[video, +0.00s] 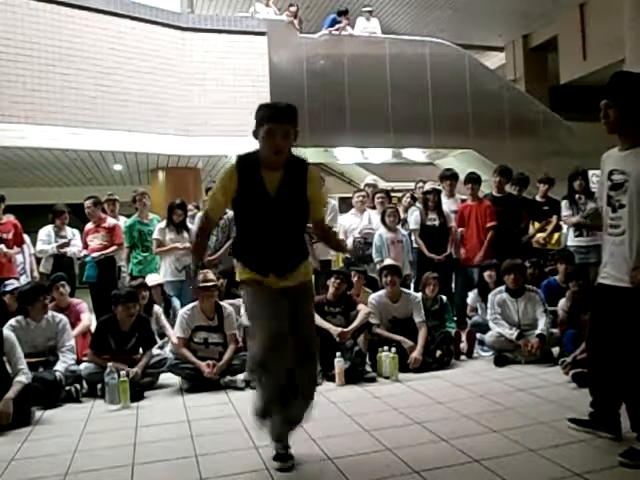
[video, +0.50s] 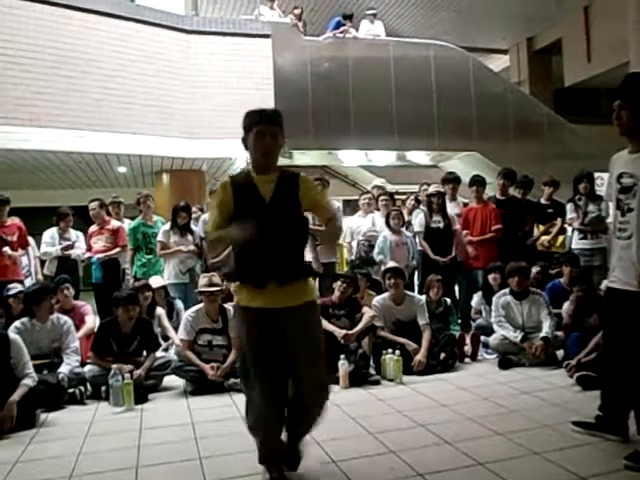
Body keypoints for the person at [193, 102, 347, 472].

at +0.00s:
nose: (279, 140)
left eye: (286, 134)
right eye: (272, 133)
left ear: (295, 137)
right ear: (257, 134)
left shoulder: (307, 175)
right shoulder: (238, 173)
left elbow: (318, 223)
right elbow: (208, 218)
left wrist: (335, 243)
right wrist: (197, 264)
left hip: (297, 275)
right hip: (256, 276)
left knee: (304, 357)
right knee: (267, 346)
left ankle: (282, 434)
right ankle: (267, 400)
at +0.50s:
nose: (267, 143)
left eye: (274, 136)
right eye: (260, 135)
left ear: (283, 141)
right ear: (246, 142)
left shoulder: (300, 184)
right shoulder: (228, 190)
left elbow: (331, 219)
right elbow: (211, 243)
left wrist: (325, 250)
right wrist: (234, 232)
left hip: (300, 300)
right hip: (253, 304)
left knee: (315, 385)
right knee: (263, 393)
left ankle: (294, 438)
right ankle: (273, 467)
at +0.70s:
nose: (266, 152)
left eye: (272, 145)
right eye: (258, 145)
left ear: (281, 148)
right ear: (242, 149)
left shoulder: (297, 190)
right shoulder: (226, 191)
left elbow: (330, 230)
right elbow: (219, 223)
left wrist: (326, 275)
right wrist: (242, 175)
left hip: (295, 298)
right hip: (248, 306)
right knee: (263, 396)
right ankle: (274, 467)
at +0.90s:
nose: (263, 148)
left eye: (267, 141)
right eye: (254, 142)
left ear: (275, 147)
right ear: (237, 149)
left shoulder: (295, 193)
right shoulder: (229, 197)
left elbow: (325, 235)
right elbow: (209, 218)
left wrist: (334, 273)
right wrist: (231, 177)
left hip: (305, 303)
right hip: (257, 309)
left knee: (321, 394)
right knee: (265, 395)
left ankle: (312, 470)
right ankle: (273, 465)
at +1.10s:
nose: (278, 136)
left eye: (285, 129)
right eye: (269, 129)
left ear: (294, 134)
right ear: (253, 134)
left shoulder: (308, 181)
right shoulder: (232, 185)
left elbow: (341, 218)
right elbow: (215, 244)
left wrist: (342, 189)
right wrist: (215, 295)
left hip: (300, 289)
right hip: (257, 288)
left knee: (311, 391)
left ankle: (303, 472)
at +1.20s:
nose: (277, 137)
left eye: (285, 130)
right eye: (268, 130)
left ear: (294, 136)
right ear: (252, 137)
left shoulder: (311, 180)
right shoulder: (233, 187)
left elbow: (345, 205)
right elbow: (220, 249)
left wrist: (351, 189)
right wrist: (216, 308)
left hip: (306, 288)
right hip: (259, 285)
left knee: (319, 395)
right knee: (274, 307)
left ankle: (299, 470)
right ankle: (291, 392)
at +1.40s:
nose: (279, 134)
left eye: (286, 126)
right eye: (270, 125)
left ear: (295, 130)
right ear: (252, 129)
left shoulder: (309, 175)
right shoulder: (231, 184)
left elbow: (346, 189)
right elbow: (225, 247)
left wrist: (351, 171)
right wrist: (227, 303)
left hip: (316, 304)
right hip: (265, 306)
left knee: (319, 397)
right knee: (273, 399)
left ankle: (308, 473)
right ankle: (273, 478)